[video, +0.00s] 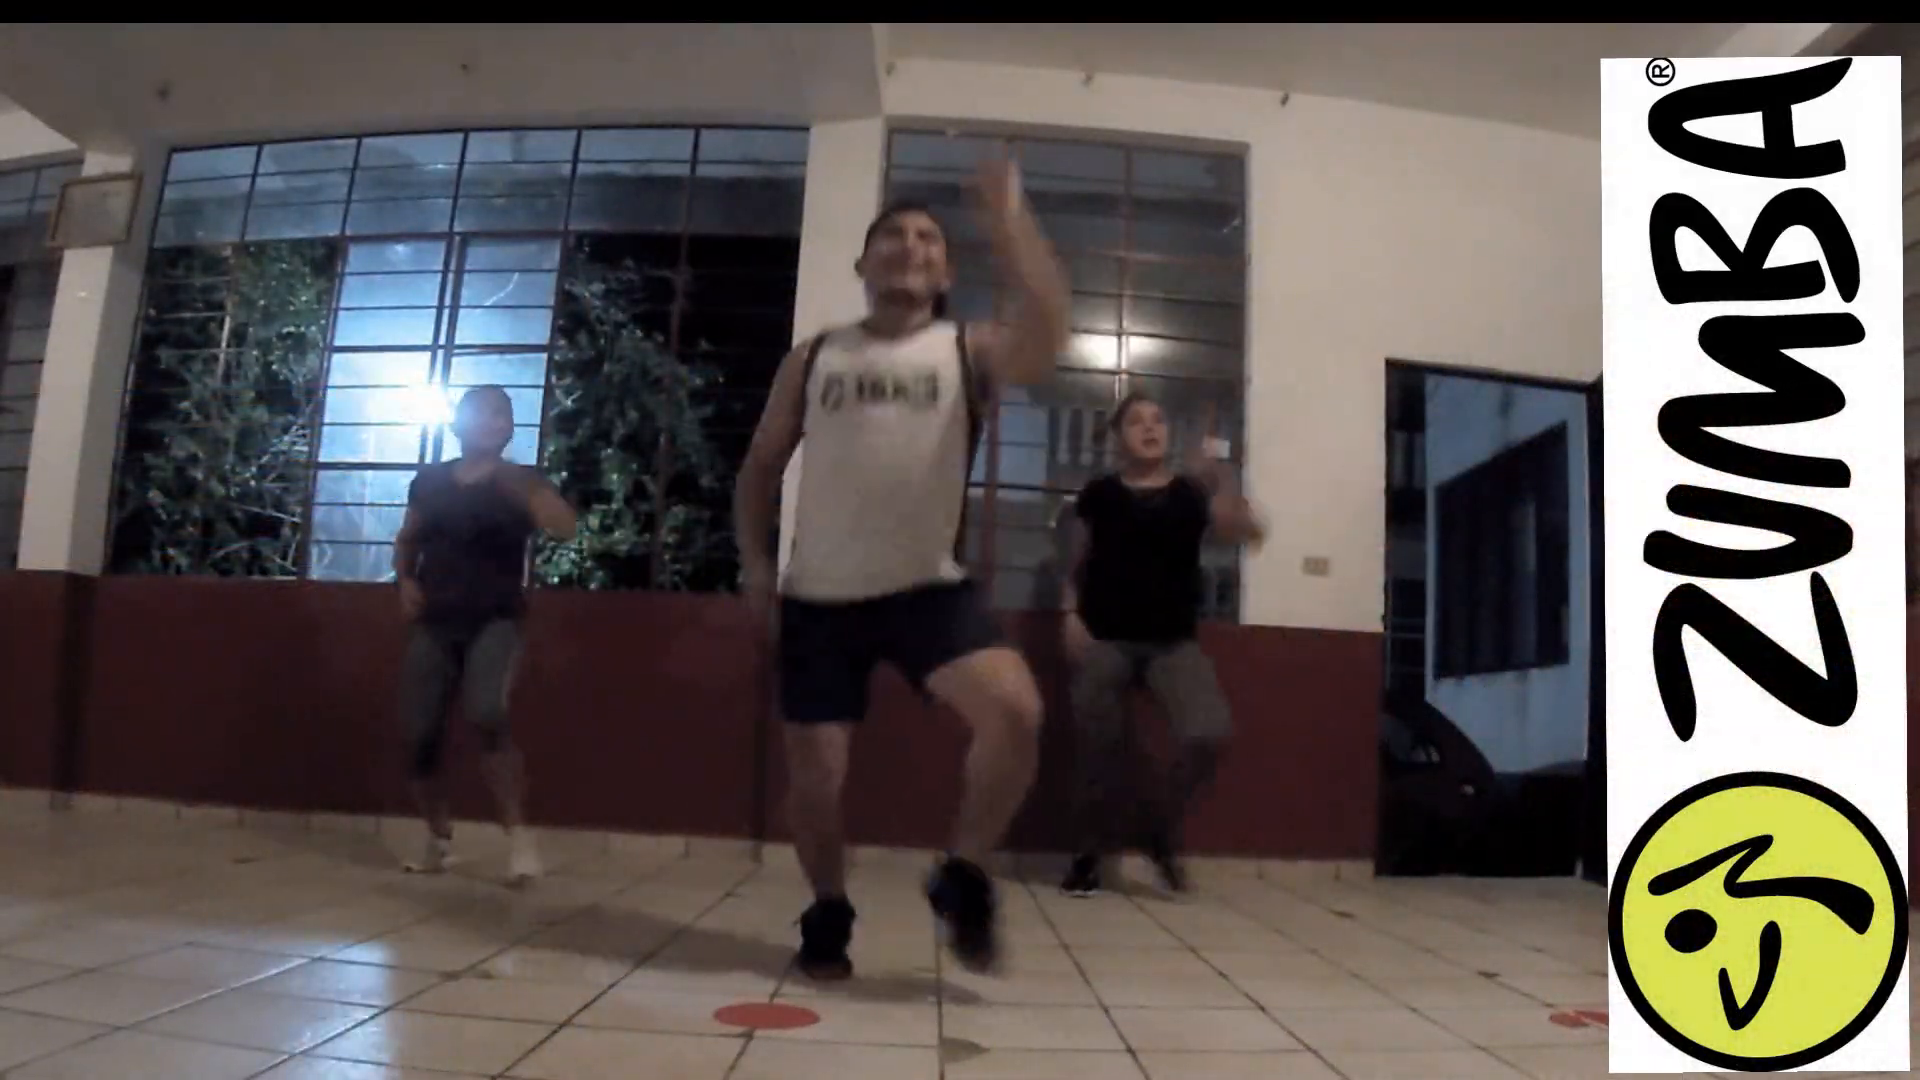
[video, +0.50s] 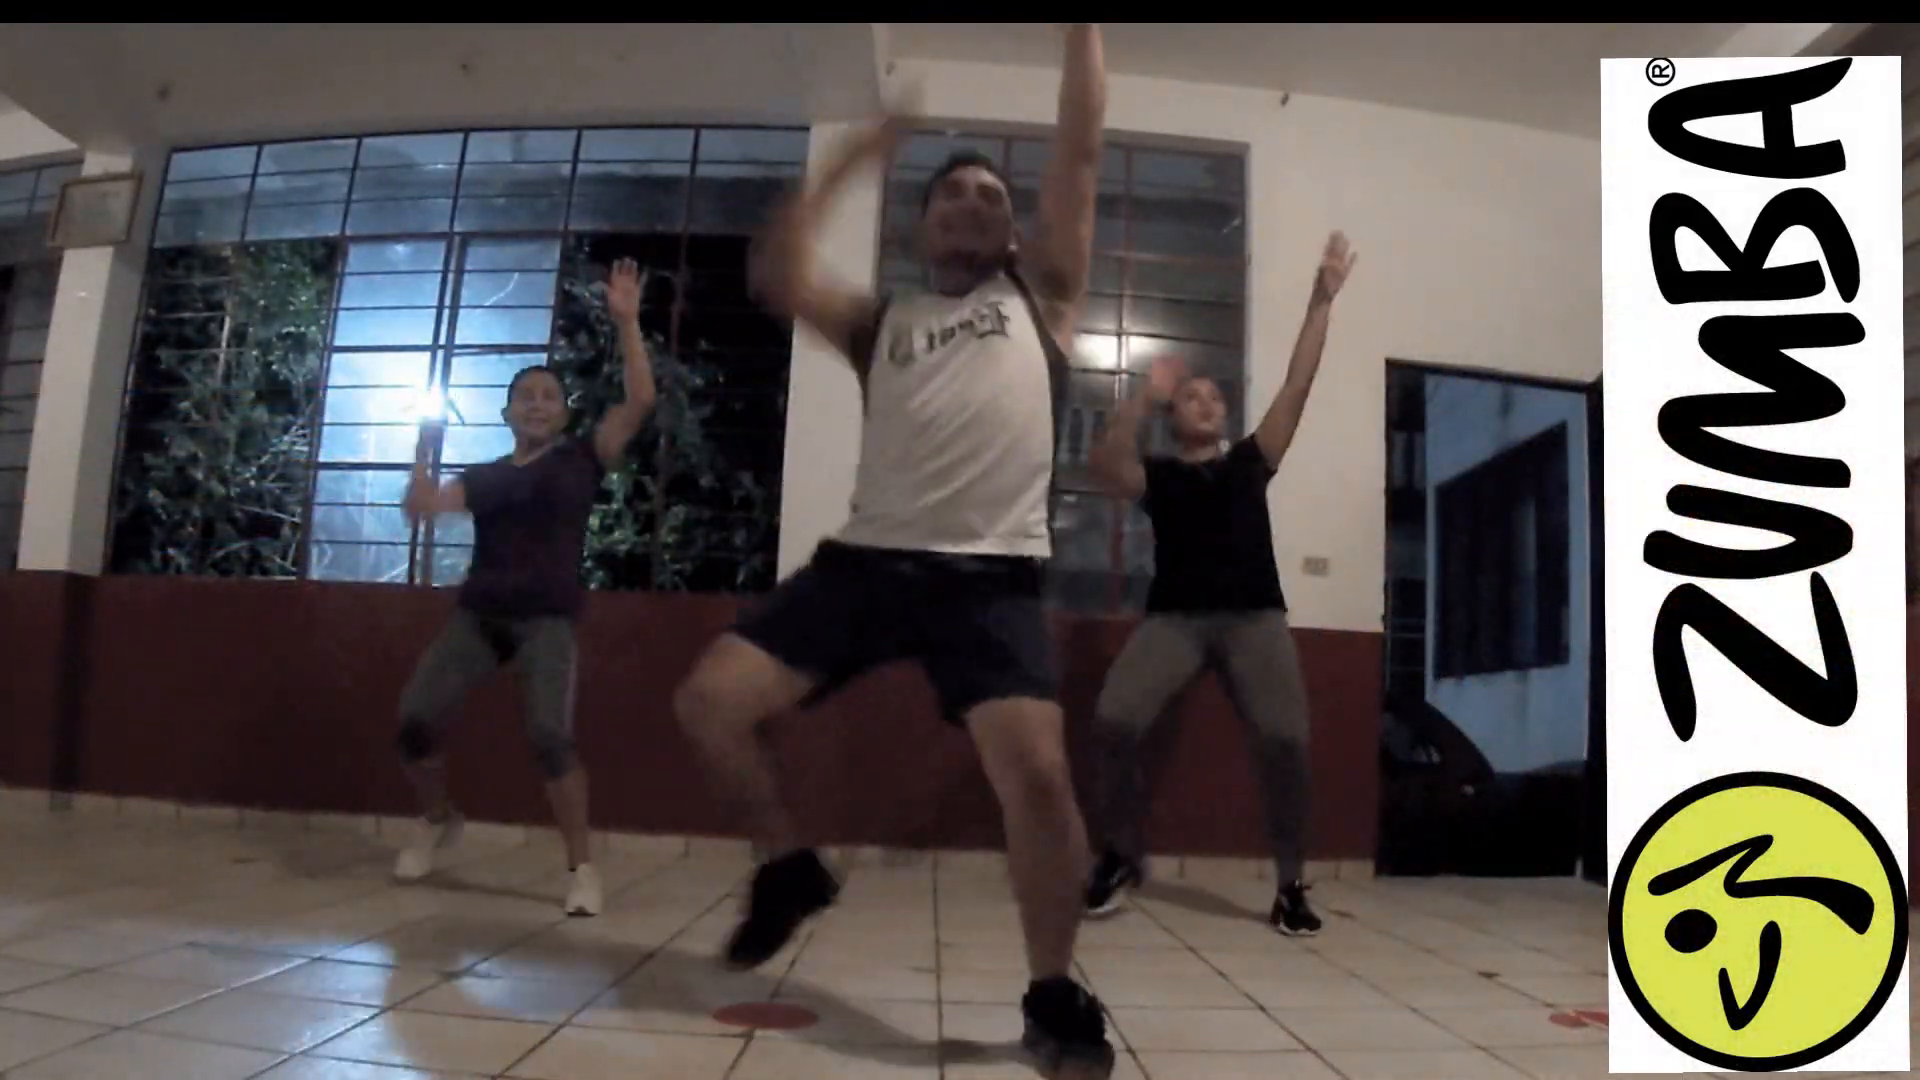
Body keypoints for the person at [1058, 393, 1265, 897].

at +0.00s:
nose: (1150, 431)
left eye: (1157, 422)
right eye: (1138, 424)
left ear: (1169, 433)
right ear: (1118, 437)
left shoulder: (1191, 494)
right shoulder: (1098, 497)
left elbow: (1242, 529)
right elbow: (1070, 565)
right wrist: (1070, 616)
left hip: (1172, 640)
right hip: (1106, 638)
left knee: (1208, 732)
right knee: (1097, 742)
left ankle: (1162, 834)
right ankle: (1087, 851)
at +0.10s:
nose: (1163, 416)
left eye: (1171, 409)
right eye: (1151, 409)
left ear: (1184, 423)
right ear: (1129, 425)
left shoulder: (1206, 475)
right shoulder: (1109, 486)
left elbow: (1276, 445)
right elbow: (1091, 557)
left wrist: (1262, 369)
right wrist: (1082, 608)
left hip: (1191, 627)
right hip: (1120, 628)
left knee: (1230, 725)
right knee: (1104, 732)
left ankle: (1245, 864)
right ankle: (1092, 856)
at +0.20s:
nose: (1175, 417)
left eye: (1183, 410)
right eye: (1164, 410)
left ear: (1198, 424)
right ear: (1143, 424)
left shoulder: (1221, 472)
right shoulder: (1126, 489)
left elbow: (1273, 394)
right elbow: (1107, 564)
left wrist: (1304, 316)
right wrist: (1102, 615)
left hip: (1214, 625)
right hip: (1142, 628)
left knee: (1246, 741)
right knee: (1118, 741)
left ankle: (1283, 880)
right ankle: (1102, 859)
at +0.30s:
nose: (1193, 428)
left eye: (1201, 421)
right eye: (1182, 421)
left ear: (1215, 434)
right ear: (1161, 435)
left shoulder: (1236, 481)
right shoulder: (1141, 504)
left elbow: (1279, 396)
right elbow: (1123, 572)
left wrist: (1313, 318)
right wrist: (1130, 608)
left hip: (1247, 632)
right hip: (1174, 637)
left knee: (1269, 751)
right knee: (1129, 740)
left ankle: (1290, 887)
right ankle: (1113, 849)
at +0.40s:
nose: (1204, 422)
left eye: (1212, 416)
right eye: (1192, 417)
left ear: (1226, 433)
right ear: (1171, 435)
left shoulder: (1250, 479)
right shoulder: (1158, 499)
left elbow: (1293, 392)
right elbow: (1127, 564)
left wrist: (1325, 310)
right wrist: (1144, 506)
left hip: (1257, 633)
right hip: (1179, 635)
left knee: (1284, 747)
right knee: (1113, 730)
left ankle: (1293, 888)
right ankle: (1131, 847)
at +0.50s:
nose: (1202, 402)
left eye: (1211, 398)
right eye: (1191, 398)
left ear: (1227, 415)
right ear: (1171, 416)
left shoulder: (1251, 464)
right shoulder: (1157, 475)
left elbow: (1297, 385)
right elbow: (1108, 466)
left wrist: (1321, 301)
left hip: (1253, 620)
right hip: (1176, 620)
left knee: (1284, 737)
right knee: (1118, 716)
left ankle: (1290, 885)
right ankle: (1120, 858)